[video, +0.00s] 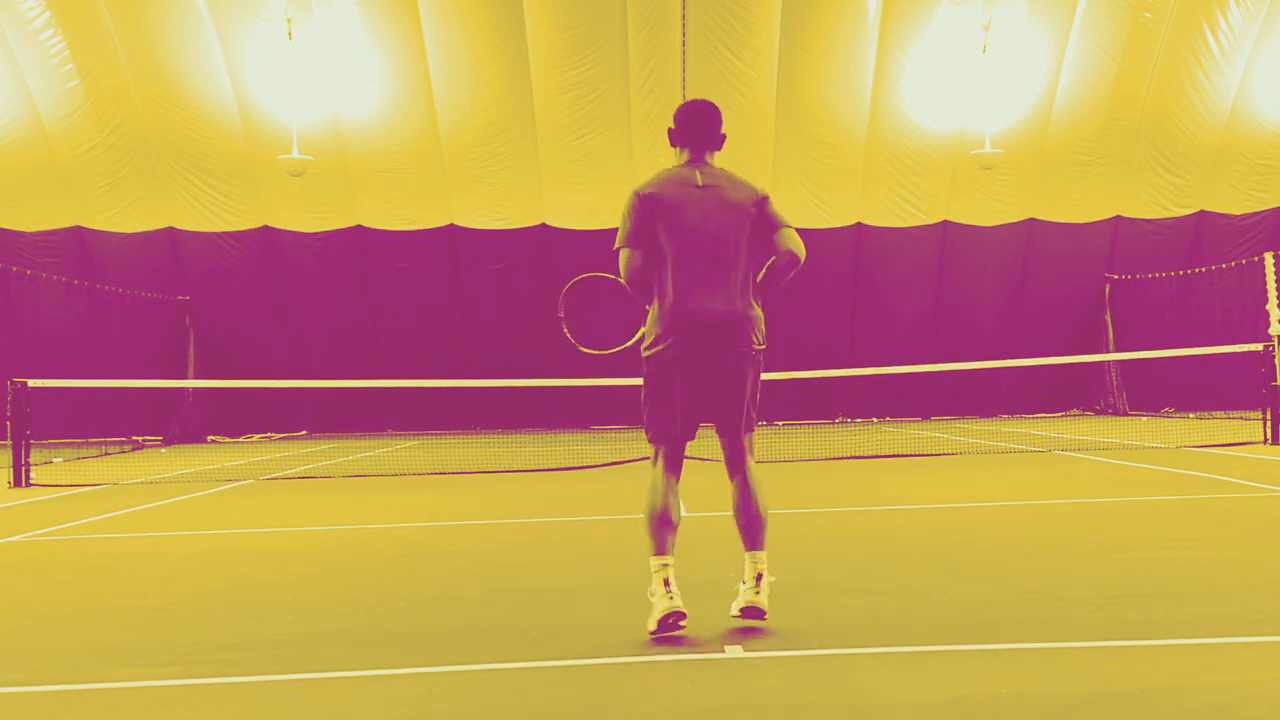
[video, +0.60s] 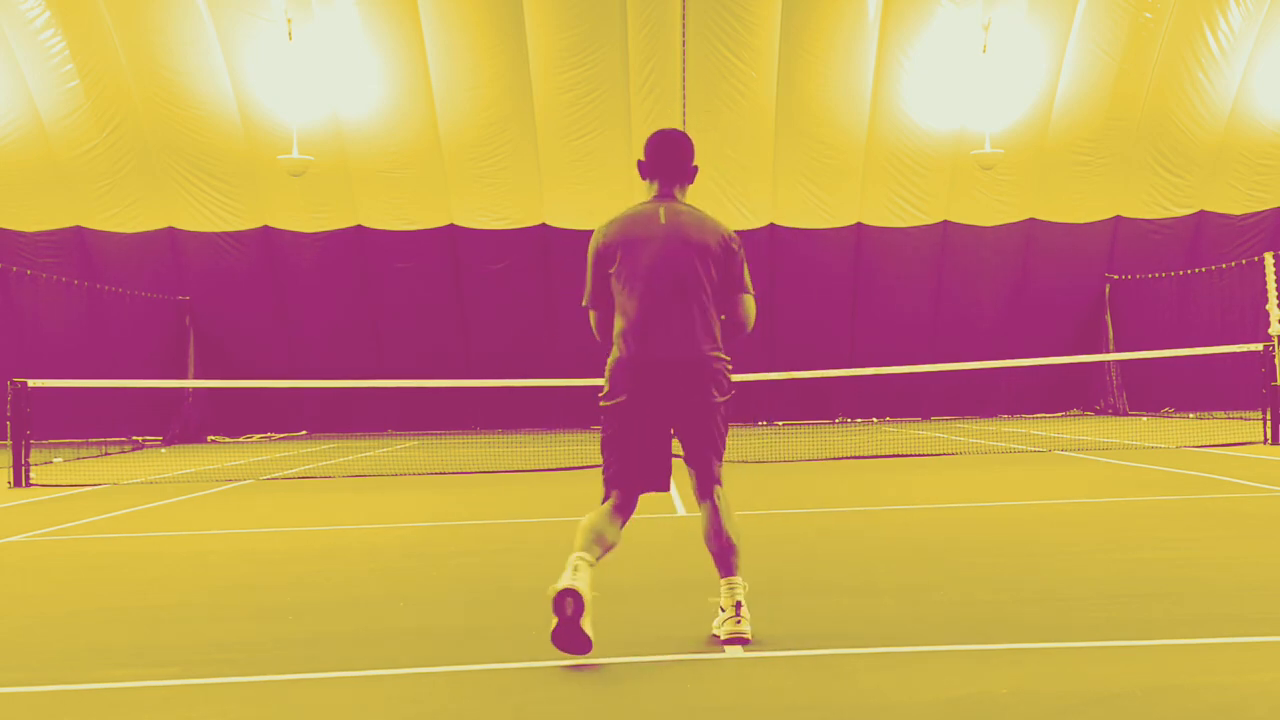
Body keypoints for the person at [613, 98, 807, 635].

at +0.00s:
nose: (692, 149)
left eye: (681, 137)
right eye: (711, 140)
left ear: (673, 140)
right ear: (721, 142)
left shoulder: (647, 196)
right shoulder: (750, 195)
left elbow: (632, 275)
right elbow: (793, 252)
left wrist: (661, 295)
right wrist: (755, 291)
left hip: (673, 340)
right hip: (736, 338)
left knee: (666, 464)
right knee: (741, 461)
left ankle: (664, 590)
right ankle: (756, 583)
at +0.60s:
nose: (676, 180)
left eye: (659, 169)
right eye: (685, 170)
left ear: (642, 173)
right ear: (692, 174)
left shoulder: (609, 232)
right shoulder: (719, 236)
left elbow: (600, 324)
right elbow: (743, 320)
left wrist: (636, 357)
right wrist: (696, 343)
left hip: (630, 378)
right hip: (700, 376)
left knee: (619, 497)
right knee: (709, 491)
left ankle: (576, 575)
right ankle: (733, 603)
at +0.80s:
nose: (642, 173)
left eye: (629, 165)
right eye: (644, 166)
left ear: (592, 167)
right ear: (644, 167)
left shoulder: (556, 227)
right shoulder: (655, 225)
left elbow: (552, 310)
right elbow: (679, 318)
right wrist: (661, 366)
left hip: (563, 383)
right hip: (634, 377)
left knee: (594, 511)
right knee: (678, 492)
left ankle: (548, 622)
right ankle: (704, 614)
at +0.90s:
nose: (626, 165)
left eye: (621, 155)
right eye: (627, 156)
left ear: (575, 158)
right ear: (625, 158)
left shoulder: (541, 213)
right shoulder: (628, 214)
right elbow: (657, 309)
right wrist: (653, 345)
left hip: (526, 368)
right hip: (589, 363)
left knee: (582, 504)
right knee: (647, 488)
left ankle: (543, 637)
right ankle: (630, 620)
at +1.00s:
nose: (614, 134)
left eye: (607, 125)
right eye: (616, 125)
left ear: (564, 124)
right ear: (616, 126)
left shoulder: (531, 177)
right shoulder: (610, 182)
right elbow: (654, 276)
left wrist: (654, 281)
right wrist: (681, 302)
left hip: (486, 324)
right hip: (549, 324)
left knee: (536, 479)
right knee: (602, 471)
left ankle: (531, 619)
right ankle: (561, 603)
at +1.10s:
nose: (603, 124)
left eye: (596, 114)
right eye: (605, 114)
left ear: (551, 113)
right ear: (606, 115)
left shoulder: (517, 159)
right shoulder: (603, 170)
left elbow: (543, 228)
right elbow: (675, 244)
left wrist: (612, 225)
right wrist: (709, 242)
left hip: (449, 319)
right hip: (514, 320)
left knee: (494, 471)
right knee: (562, 473)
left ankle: (460, 615)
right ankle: (525, 609)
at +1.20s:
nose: (591, 148)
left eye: (588, 138)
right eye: (590, 138)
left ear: (537, 134)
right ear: (587, 137)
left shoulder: (509, 178)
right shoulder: (564, 182)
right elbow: (639, 220)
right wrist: (697, 193)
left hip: (428, 350)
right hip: (488, 357)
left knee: (455, 501)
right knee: (531, 510)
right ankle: (486, 662)